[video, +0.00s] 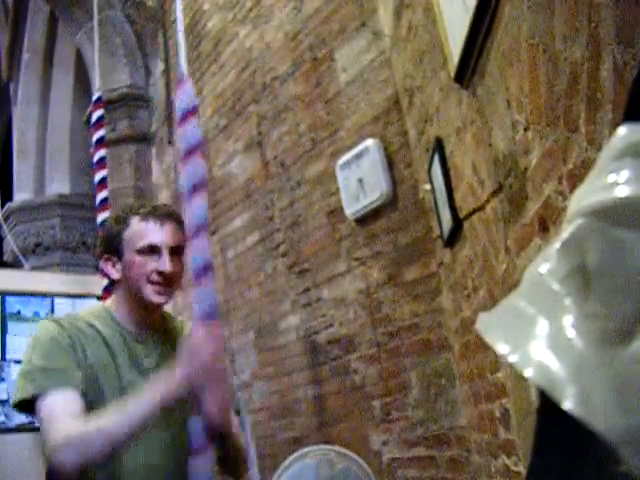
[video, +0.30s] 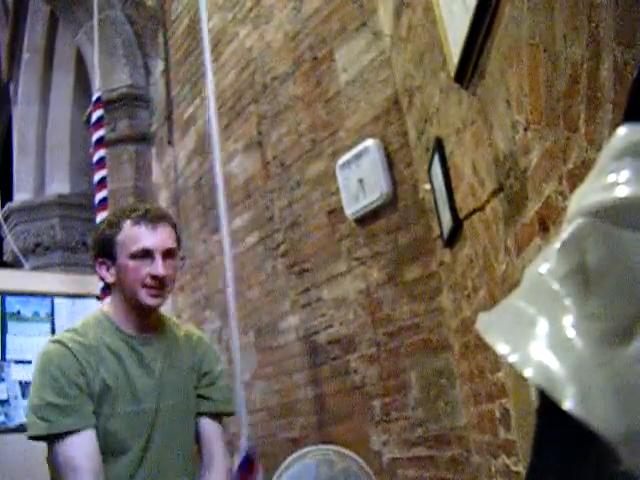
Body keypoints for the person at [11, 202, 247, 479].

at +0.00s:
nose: (167, 267)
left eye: (175, 253)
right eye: (149, 252)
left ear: (184, 262)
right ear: (113, 266)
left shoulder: (190, 340)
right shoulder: (61, 337)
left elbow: (239, 467)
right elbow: (65, 452)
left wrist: (221, 423)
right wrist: (180, 375)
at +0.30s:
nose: (160, 271)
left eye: (169, 256)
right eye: (143, 256)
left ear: (179, 263)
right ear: (106, 269)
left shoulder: (197, 350)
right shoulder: (67, 358)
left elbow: (216, 463)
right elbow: (82, 474)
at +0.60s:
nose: (155, 266)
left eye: (164, 252)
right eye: (138, 252)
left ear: (173, 260)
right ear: (104, 268)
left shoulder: (197, 349)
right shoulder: (71, 356)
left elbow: (227, 459)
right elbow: (91, 474)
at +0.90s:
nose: (160, 262)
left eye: (169, 250)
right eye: (145, 249)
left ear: (178, 262)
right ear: (113, 268)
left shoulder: (204, 350)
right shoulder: (76, 346)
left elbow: (251, 453)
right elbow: (60, 461)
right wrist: (152, 474)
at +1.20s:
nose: (168, 261)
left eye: (177, 249)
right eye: (153, 250)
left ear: (187, 260)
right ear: (120, 262)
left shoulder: (204, 341)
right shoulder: (90, 326)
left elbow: (268, 438)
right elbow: (88, 353)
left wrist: (235, 366)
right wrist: (159, 240)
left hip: (202, 473)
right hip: (113, 473)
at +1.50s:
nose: (178, 243)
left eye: (184, 232)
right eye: (164, 231)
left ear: (192, 241)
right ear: (141, 242)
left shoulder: (212, 330)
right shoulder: (101, 320)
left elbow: (273, 381)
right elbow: (126, 251)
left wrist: (217, 275)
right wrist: (155, 171)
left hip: (205, 472)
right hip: (115, 470)